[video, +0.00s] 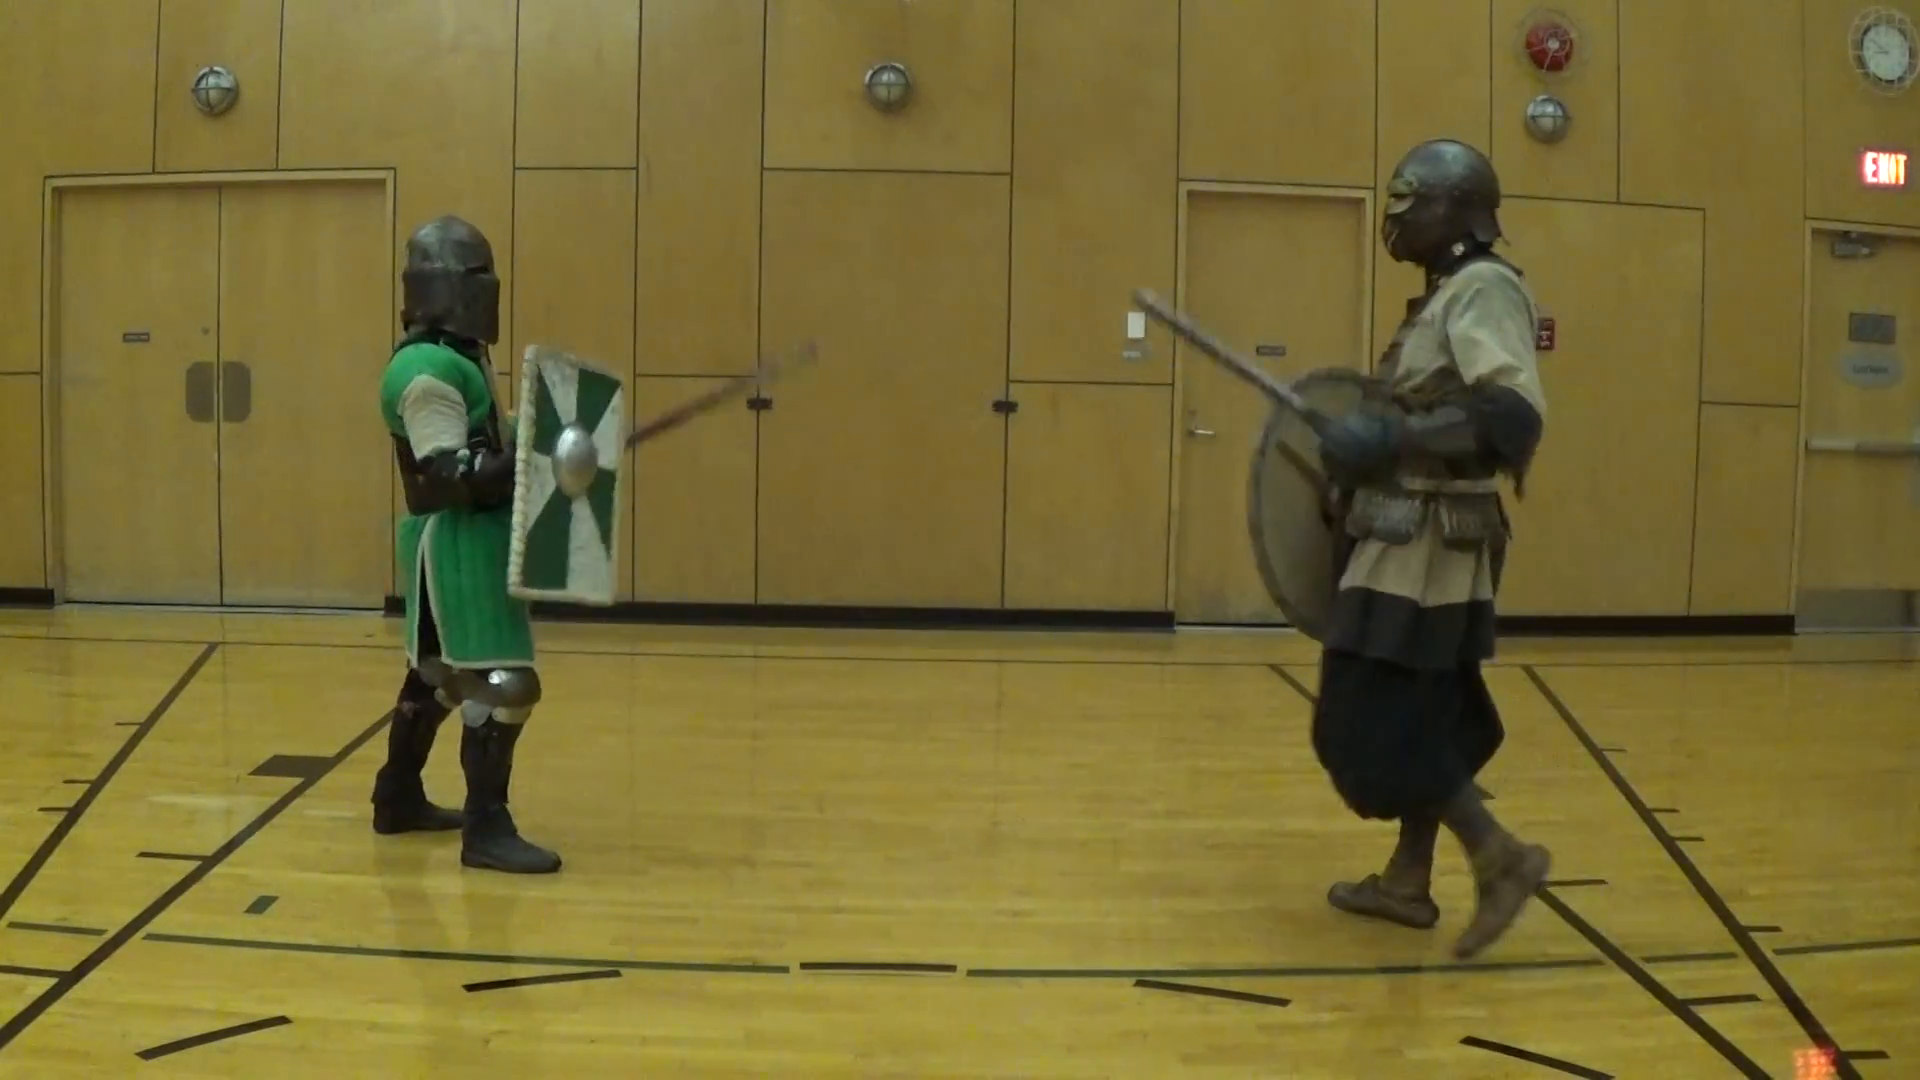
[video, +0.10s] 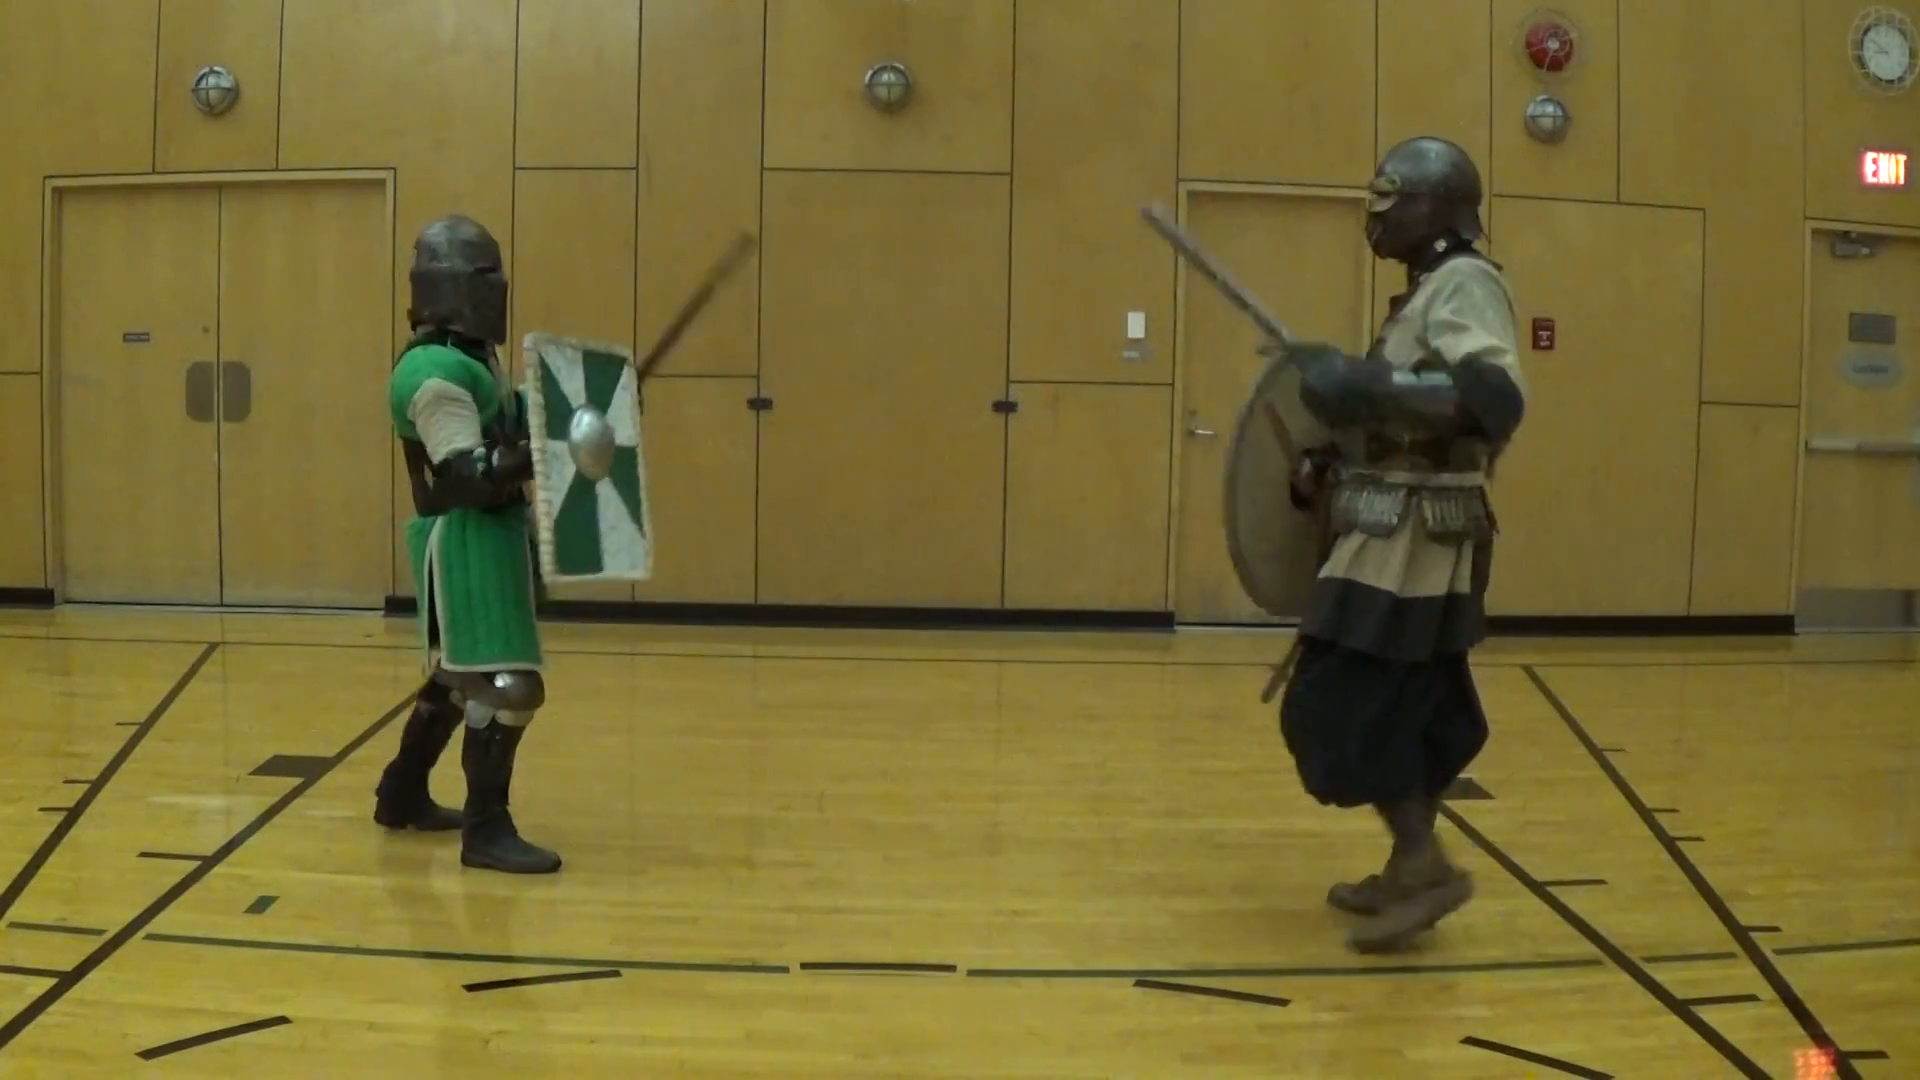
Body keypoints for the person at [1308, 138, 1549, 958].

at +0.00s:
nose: (1391, 215)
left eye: (1408, 200)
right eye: (1395, 200)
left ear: (1459, 213)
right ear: (1453, 216)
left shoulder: (1484, 291)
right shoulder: (1453, 293)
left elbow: (1515, 419)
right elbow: (1449, 411)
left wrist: (1392, 435)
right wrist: (1362, 434)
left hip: (1429, 543)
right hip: (1427, 537)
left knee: (1367, 717)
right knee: (1427, 705)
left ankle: (1502, 859)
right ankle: (1407, 880)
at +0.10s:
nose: (1374, 211)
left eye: (1392, 197)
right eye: (1377, 195)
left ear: (1444, 210)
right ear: (1428, 210)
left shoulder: (1464, 283)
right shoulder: (1431, 290)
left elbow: (1493, 398)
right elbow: (1429, 408)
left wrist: (1366, 387)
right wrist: (1340, 461)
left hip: (1419, 531)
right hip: (1400, 525)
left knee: (1340, 699)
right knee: (1400, 696)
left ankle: (1424, 870)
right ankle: (1409, 865)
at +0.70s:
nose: (1281, 206)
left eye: (1296, 192)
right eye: (1285, 191)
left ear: (1344, 206)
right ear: (1351, 208)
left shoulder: (1347, 288)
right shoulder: (1365, 279)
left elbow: (1339, 410)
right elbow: (1312, 387)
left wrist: (1254, 339)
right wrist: (1251, 343)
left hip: (1316, 522)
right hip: (1352, 517)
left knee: (1280, 686)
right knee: (1338, 671)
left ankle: (1279, 872)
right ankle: (1395, 826)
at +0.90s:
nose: (1281, 210)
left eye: (1296, 196)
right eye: (1283, 195)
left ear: (1345, 207)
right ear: (1347, 209)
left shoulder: (1347, 290)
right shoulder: (1364, 280)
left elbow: (1331, 414)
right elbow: (1309, 387)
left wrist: (1247, 337)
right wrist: (1246, 338)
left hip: (1316, 519)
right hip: (1351, 513)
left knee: (1284, 684)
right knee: (1349, 662)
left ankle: (1280, 872)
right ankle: (1396, 821)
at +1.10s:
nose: (1302, 217)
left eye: (1318, 204)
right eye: (1305, 203)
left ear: (1366, 217)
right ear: (1363, 218)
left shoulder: (1377, 297)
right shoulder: (1369, 288)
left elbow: (1351, 412)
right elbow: (1329, 361)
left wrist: (1267, 339)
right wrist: (1264, 335)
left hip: (1334, 526)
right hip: (1364, 519)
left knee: (1273, 686)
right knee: (1367, 665)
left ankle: (1278, 870)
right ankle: (1436, 816)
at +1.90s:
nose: (1559, 250)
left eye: (1575, 239)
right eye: (1563, 238)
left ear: (1620, 251)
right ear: (1612, 252)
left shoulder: (1639, 326)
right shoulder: (1610, 324)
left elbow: (1556, 417)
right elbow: (1565, 411)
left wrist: (1516, 350)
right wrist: (1529, 355)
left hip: (1609, 558)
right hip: (1563, 552)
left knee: (1643, 698)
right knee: (1499, 677)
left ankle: (1742, 834)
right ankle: (1484, 823)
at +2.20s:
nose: (1644, 241)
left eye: (1660, 230)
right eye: (1646, 229)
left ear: (1709, 243)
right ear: (1694, 245)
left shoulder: (1734, 320)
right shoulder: (1693, 318)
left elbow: (1648, 412)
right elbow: (1649, 401)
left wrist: (1612, 336)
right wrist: (1608, 336)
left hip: (1720, 546)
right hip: (1661, 541)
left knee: (1727, 697)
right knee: (1609, 667)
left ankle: (1756, 852)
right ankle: (1608, 809)